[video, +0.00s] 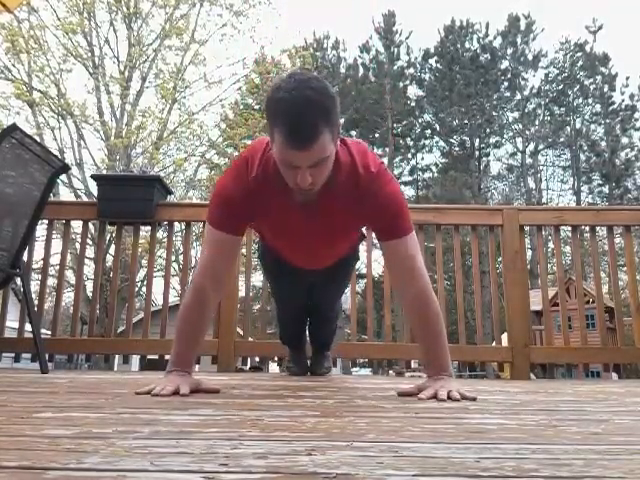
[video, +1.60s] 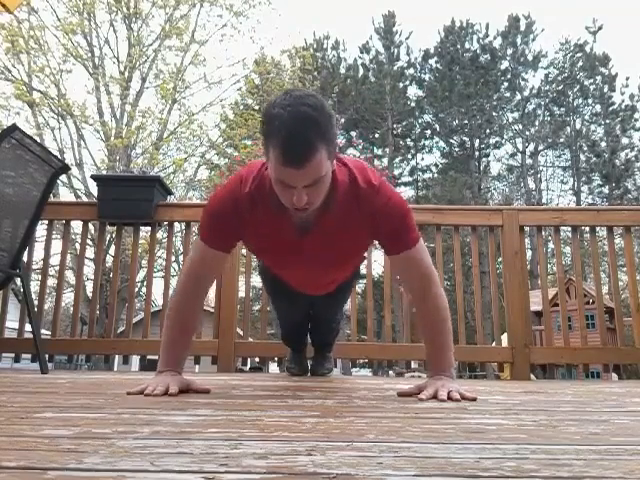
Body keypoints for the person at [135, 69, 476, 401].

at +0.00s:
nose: (303, 179)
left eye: (317, 165)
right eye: (290, 166)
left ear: (337, 139)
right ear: (271, 143)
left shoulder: (371, 181)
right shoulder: (241, 182)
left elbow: (414, 283)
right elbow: (206, 281)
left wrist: (440, 375)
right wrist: (179, 370)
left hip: (338, 252)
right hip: (280, 250)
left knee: (325, 313)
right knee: (290, 316)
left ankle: (321, 354)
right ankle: (295, 356)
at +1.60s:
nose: (299, 199)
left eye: (313, 184)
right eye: (285, 185)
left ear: (334, 158)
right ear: (266, 161)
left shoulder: (375, 198)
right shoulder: (233, 201)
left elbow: (424, 284)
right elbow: (193, 285)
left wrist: (442, 375)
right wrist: (168, 370)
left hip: (338, 278)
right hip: (279, 274)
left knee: (327, 325)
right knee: (292, 324)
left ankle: (323, 352)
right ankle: (297, 350)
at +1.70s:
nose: (296, 255)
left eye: (309, 241)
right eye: (281, 242)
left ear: (331, 209)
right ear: (260, 215)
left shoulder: (374, 227)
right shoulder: (231, 231)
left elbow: (437, 291)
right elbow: (176, 289)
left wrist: (443, 375)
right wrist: (166, 370)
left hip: (334, 308)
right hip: (280, 307)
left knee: (324, 338)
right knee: (293, 338)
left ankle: (323, 356)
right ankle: (295, 356)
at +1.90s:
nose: (294, 343)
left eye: (306, 332)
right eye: (278, 334)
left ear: (330, 290)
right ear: (254, 292)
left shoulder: (368, 273)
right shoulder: (231, 274)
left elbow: (444, 294)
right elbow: (166, 287)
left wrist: (443, 374)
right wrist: (165, 369)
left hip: (340, 351)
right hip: (271, 352)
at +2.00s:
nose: (290, 388)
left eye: (305, 377)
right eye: (273, 379)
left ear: (332, 328)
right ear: (248, 326)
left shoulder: (366, 295)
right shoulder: (231, 293)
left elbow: (443, 292)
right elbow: (165, 286)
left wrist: (443, 373)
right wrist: (165, 369)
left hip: (336, 366)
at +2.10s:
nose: (294, 378)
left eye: (307, 368)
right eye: (277, 370)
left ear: (331, 323)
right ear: (249, 323)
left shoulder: (366, 291)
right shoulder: (231, 289)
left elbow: (443, 294)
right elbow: (164, 287)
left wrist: (443, 374)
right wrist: (166, 369)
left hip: (336, 366)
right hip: (262, 363)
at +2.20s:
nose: (294, 320)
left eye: (306, 310)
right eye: (279, 311)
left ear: (330, 274)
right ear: (256, 276)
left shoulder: (367, 265)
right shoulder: (230, 263)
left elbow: (443, 293)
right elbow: (165, 290)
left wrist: (444, 375)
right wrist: (165, 370)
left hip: (338, 332)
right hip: (270, 337)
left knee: (328, 348)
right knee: (287, 352)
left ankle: (324, 357)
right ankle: (297, 356)